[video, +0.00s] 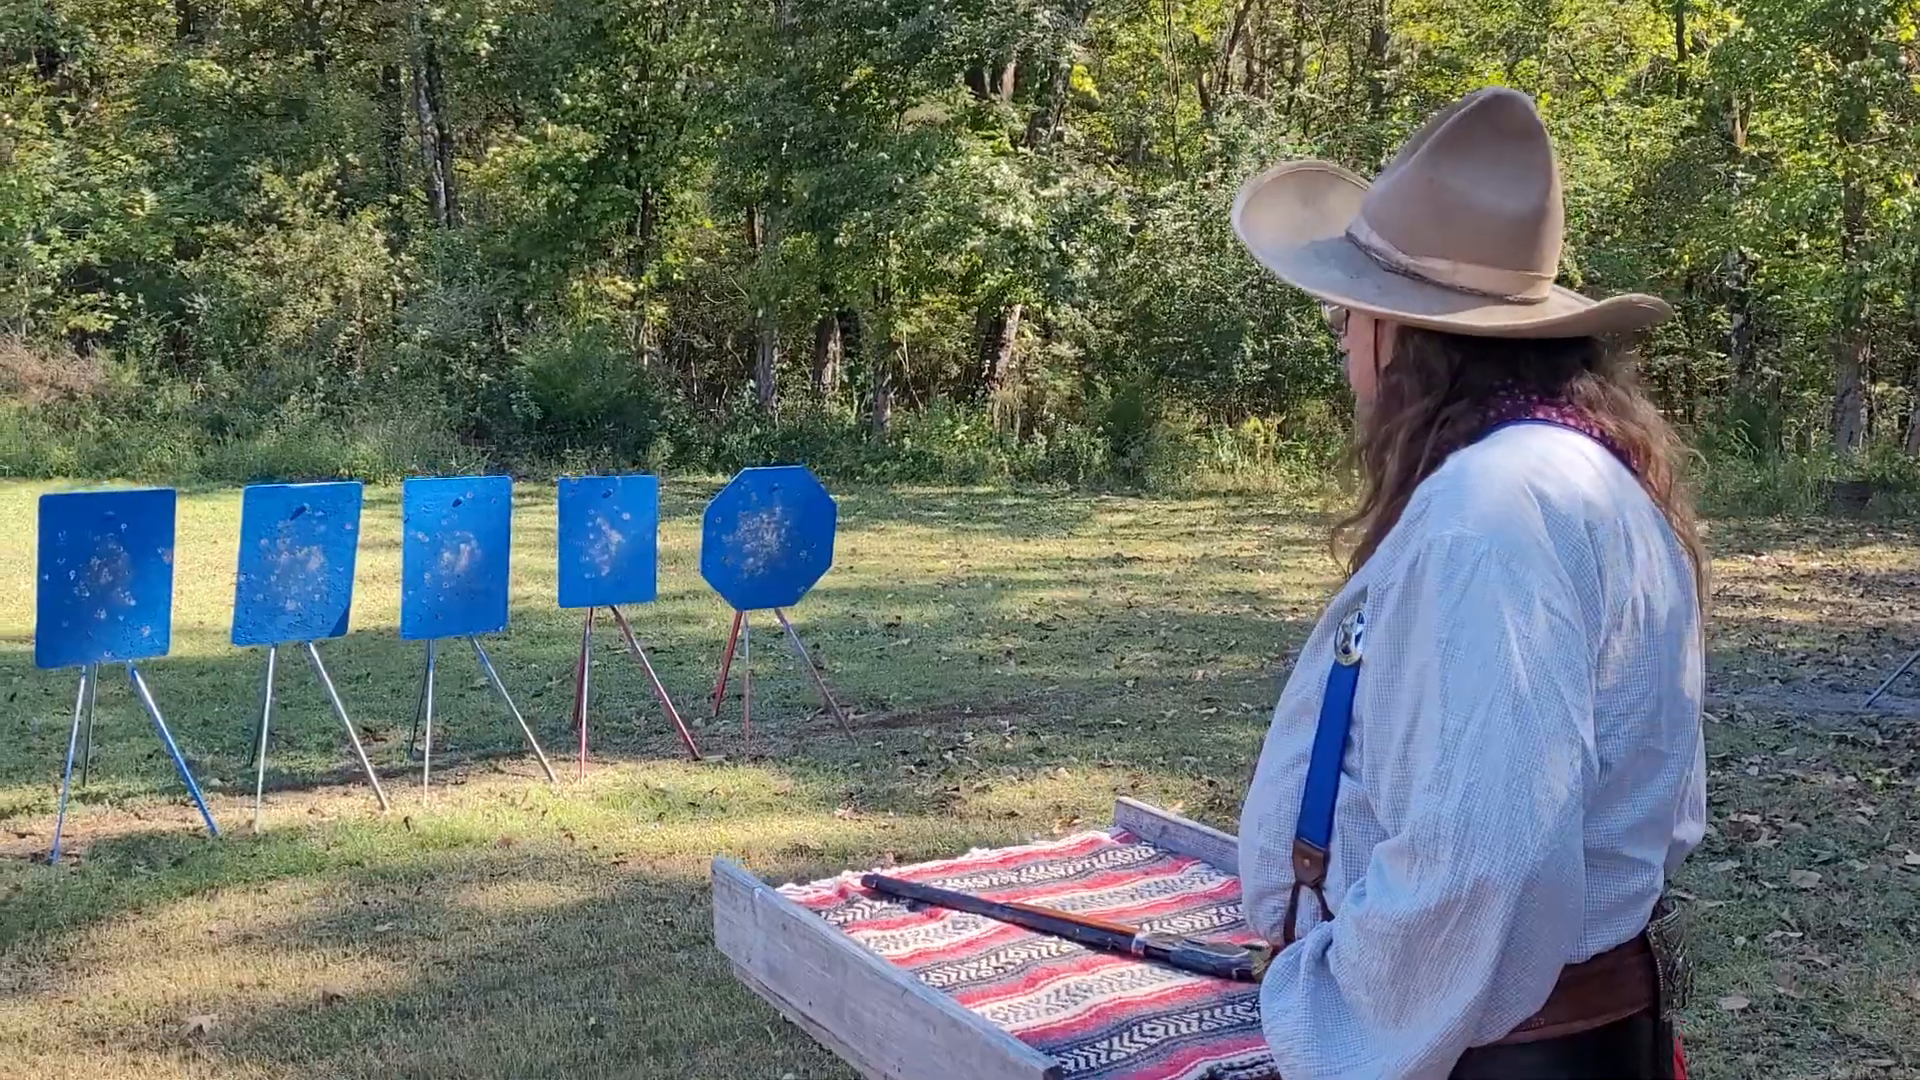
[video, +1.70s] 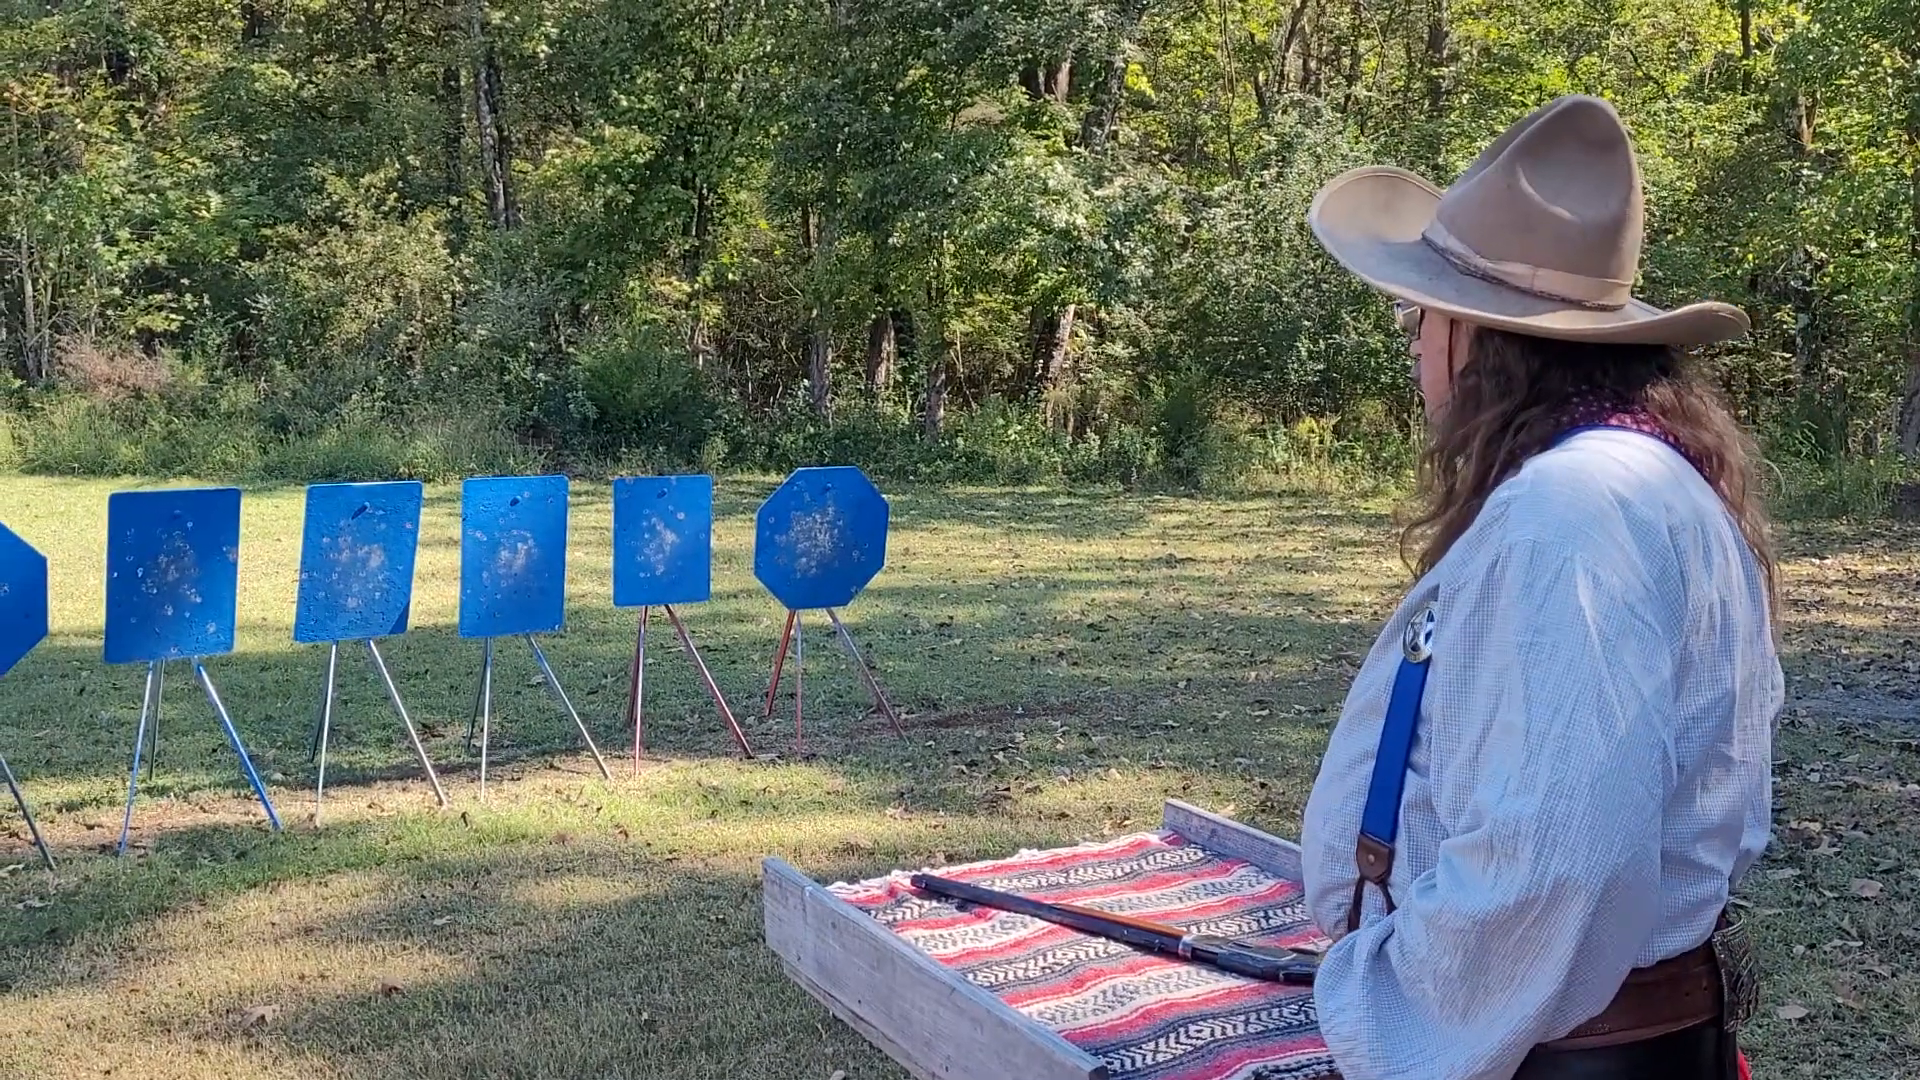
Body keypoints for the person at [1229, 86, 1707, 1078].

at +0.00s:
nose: (1339, 333)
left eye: (1353, 309)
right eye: (1345, 309)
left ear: (1411, 335)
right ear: (1518, 325)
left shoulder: (1498, 504)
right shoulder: (1589, 470)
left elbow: (1481, 853)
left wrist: (1320, 1001)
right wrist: (1340, 896)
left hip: (1508, 1034)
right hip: (1593, 1001)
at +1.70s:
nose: (1413, 341)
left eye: (1425, 316)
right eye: (1419, 315)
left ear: (1486, 340)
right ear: (1586, 335)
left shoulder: (1573, 507)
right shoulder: (1656, 475)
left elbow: (1550, 851)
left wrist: (1379, 981)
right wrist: (1399, 903)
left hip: (1577, 1036)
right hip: (1658, 1003)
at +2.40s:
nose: (1346, 338)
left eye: (1359, 314)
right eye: (1351, 313)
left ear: (1422, 338)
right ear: (1499, 334)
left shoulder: (1548, 531)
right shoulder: (1499, 487)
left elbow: (1582, 931)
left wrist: (1432, 1062)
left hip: (1479, 1032)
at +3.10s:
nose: (1349, 334)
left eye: (1356, 308)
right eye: (1351, 307)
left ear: (1404, 325)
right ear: (1488, 326)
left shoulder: (1598, 511)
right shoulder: (1440, 476)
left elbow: (1628, 914)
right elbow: (1240, 522)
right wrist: (1053, 468)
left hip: (1482, 1035)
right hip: (1363, 984)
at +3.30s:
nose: (1345, 329)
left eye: (1359, 303)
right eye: (1352, 301)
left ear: (1416, 324)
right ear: (1450, 329)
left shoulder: (1602, 502)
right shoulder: (1426, 475)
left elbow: (1663, 886)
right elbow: (1230, 518)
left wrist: (1621, 1063)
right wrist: (1047, 460)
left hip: (1500, 1034)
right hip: (1368, 994)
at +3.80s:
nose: (1359, 325)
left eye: (1375, 298)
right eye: (1365, 298)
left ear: (1444, 317)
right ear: (1482, 320)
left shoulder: (1623, 502)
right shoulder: (1453, 470)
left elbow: (1669, 922)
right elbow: (1252, 525)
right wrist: (1063, 461)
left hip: (1510, 1034)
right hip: (1378, 989)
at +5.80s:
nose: (1403, 318)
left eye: (1416, 294)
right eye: (1404, 291)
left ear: (1466, 314)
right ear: (1544, 308)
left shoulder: (1572, 494)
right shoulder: (1528, 462)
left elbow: (1563, 898)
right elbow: (1388, 534)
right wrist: (1256, 477)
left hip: (1483, 1028)